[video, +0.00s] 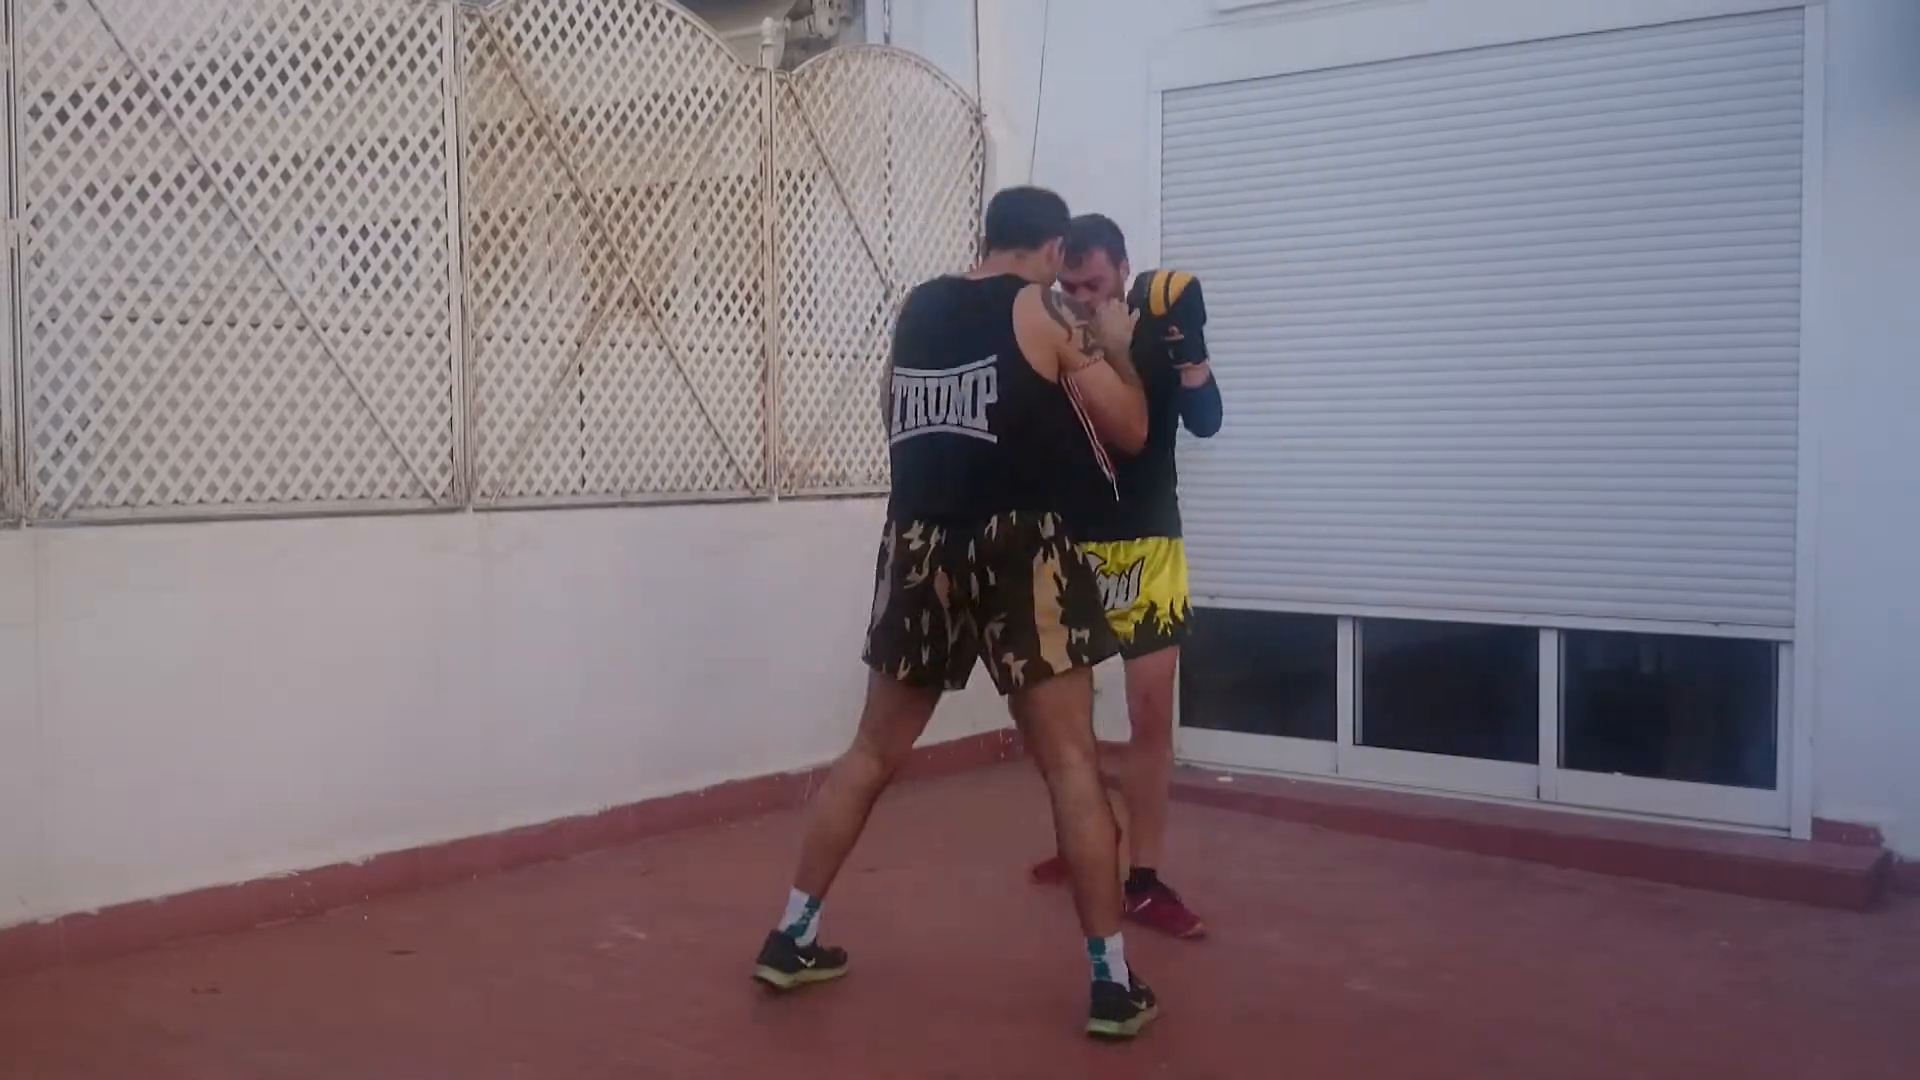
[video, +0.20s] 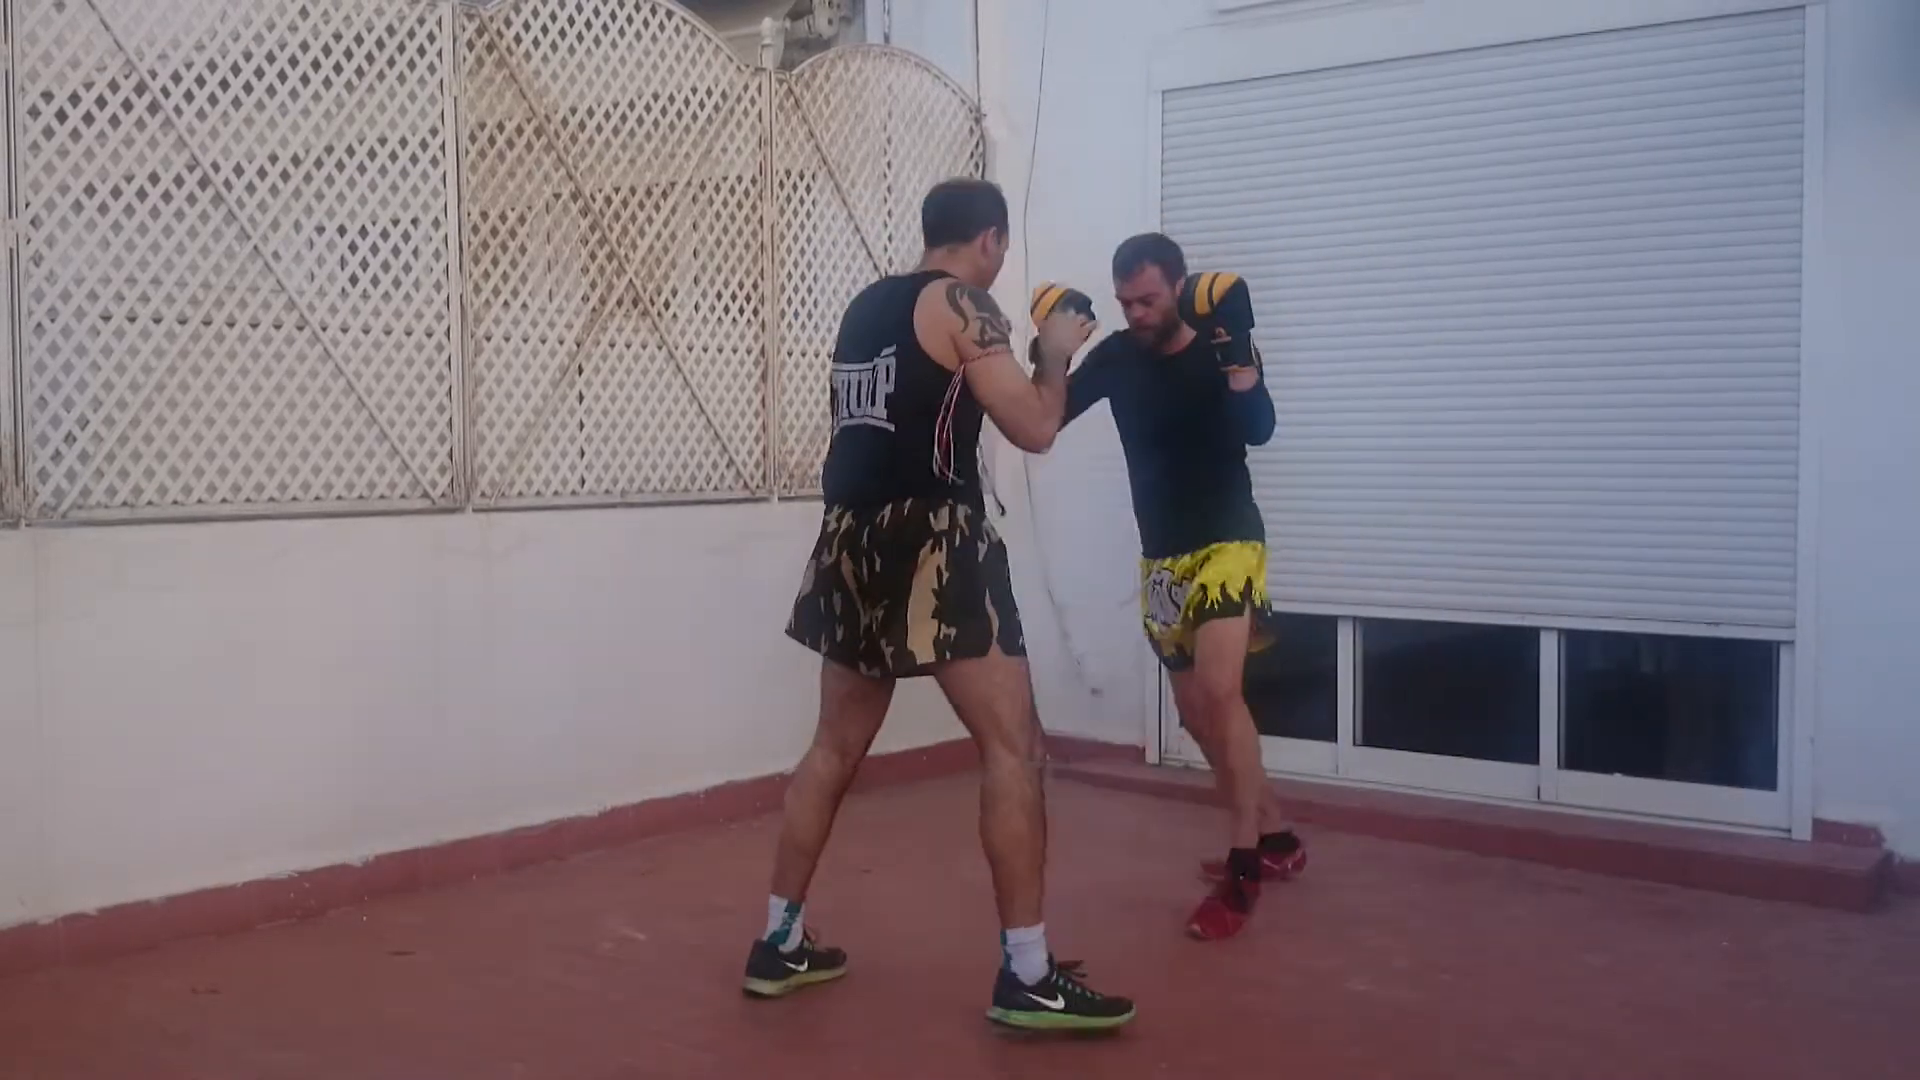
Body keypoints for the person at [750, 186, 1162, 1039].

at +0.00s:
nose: (1062, 267)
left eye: (1059, 255)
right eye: (1062, 255)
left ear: (982, 243)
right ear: (1048, 252)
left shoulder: (917, 308)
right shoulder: (1044, 319)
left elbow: (902, 416)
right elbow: (1130, 430)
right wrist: (1109, 343)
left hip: (917, 552)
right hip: (1022, 554)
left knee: (872, 753)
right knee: (1070, 764)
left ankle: (789, 936)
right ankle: (1111, 984)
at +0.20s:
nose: (1003, 263)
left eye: (1004, 251)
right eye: (1003, 249)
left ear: (926, 237)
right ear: (985, 242)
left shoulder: (866, 306)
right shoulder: (956, 305)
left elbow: (907, 411)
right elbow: (1034, 426)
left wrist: (1001, 361)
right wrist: (1056, 358)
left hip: (852, 547)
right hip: (940, 549)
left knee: (836, 746)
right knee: (1011, 746)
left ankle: (777, 940)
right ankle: (1028, 974)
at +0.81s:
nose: (1046, 263)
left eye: (1047, 249)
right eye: (1046, 249)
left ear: (971, 236)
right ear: (1025, 243)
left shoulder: (912, 304)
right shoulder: (993, 312)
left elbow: (952, 369)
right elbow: (1067, 437)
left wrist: (1018, 321)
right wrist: (1099, 361)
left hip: (891, 545)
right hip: (951, 553)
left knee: (926, 746)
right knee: (966, 760)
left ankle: (891, 920)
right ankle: (897, 985)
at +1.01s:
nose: (1119, 326)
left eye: (1118, 313)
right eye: (1117, 312)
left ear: (1050, 298)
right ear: (1090, 307)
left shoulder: (995, 339)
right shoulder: (1043, 359)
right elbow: (1132, 467)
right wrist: (1163, 383)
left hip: (966, 558)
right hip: (936, 563)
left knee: (1044, 705)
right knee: (1007, 781)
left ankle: (1003, 893)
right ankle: (902, 983)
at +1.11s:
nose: (1157, 416)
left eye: (1160, 403)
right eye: (1157, 402)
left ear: (1110, 385)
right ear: (1129, 390)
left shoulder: (1055, 418)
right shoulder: (1068, 412)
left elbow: (1085, 522)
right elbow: (1170, 510)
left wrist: (1173, 476)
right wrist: (1200, 440)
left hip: (976, 601)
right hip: (934, 602)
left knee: (1059, 733)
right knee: (1020, 788)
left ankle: (1092, 875)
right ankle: (903, 986)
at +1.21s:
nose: (1197, 464)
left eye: (1202, 454)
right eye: (1200, 452)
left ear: (1162, 434)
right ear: (1175, 435)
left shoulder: (1118, 470)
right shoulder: (1102, 435)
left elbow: (1163, 573)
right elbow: (1152, 535)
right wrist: (1208, 477)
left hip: (1005, 610)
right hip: (949, 598)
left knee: (1082, 751)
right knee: (1015, 781)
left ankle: (1117, 891)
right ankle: (904, 983)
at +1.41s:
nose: (1251, 429)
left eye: (1257, 415)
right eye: (1245, 409)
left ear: (1219, 406)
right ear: (1199, 388)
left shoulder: (1173, 486)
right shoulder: (1126, 395)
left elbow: (1186, 594)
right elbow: (1149, 472)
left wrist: (1269, 652)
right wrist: (1239, 458)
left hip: (1058, 592)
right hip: (982, 559)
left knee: (1137, 732)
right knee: (987, 748)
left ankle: (1119, 886)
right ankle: (884, 897)